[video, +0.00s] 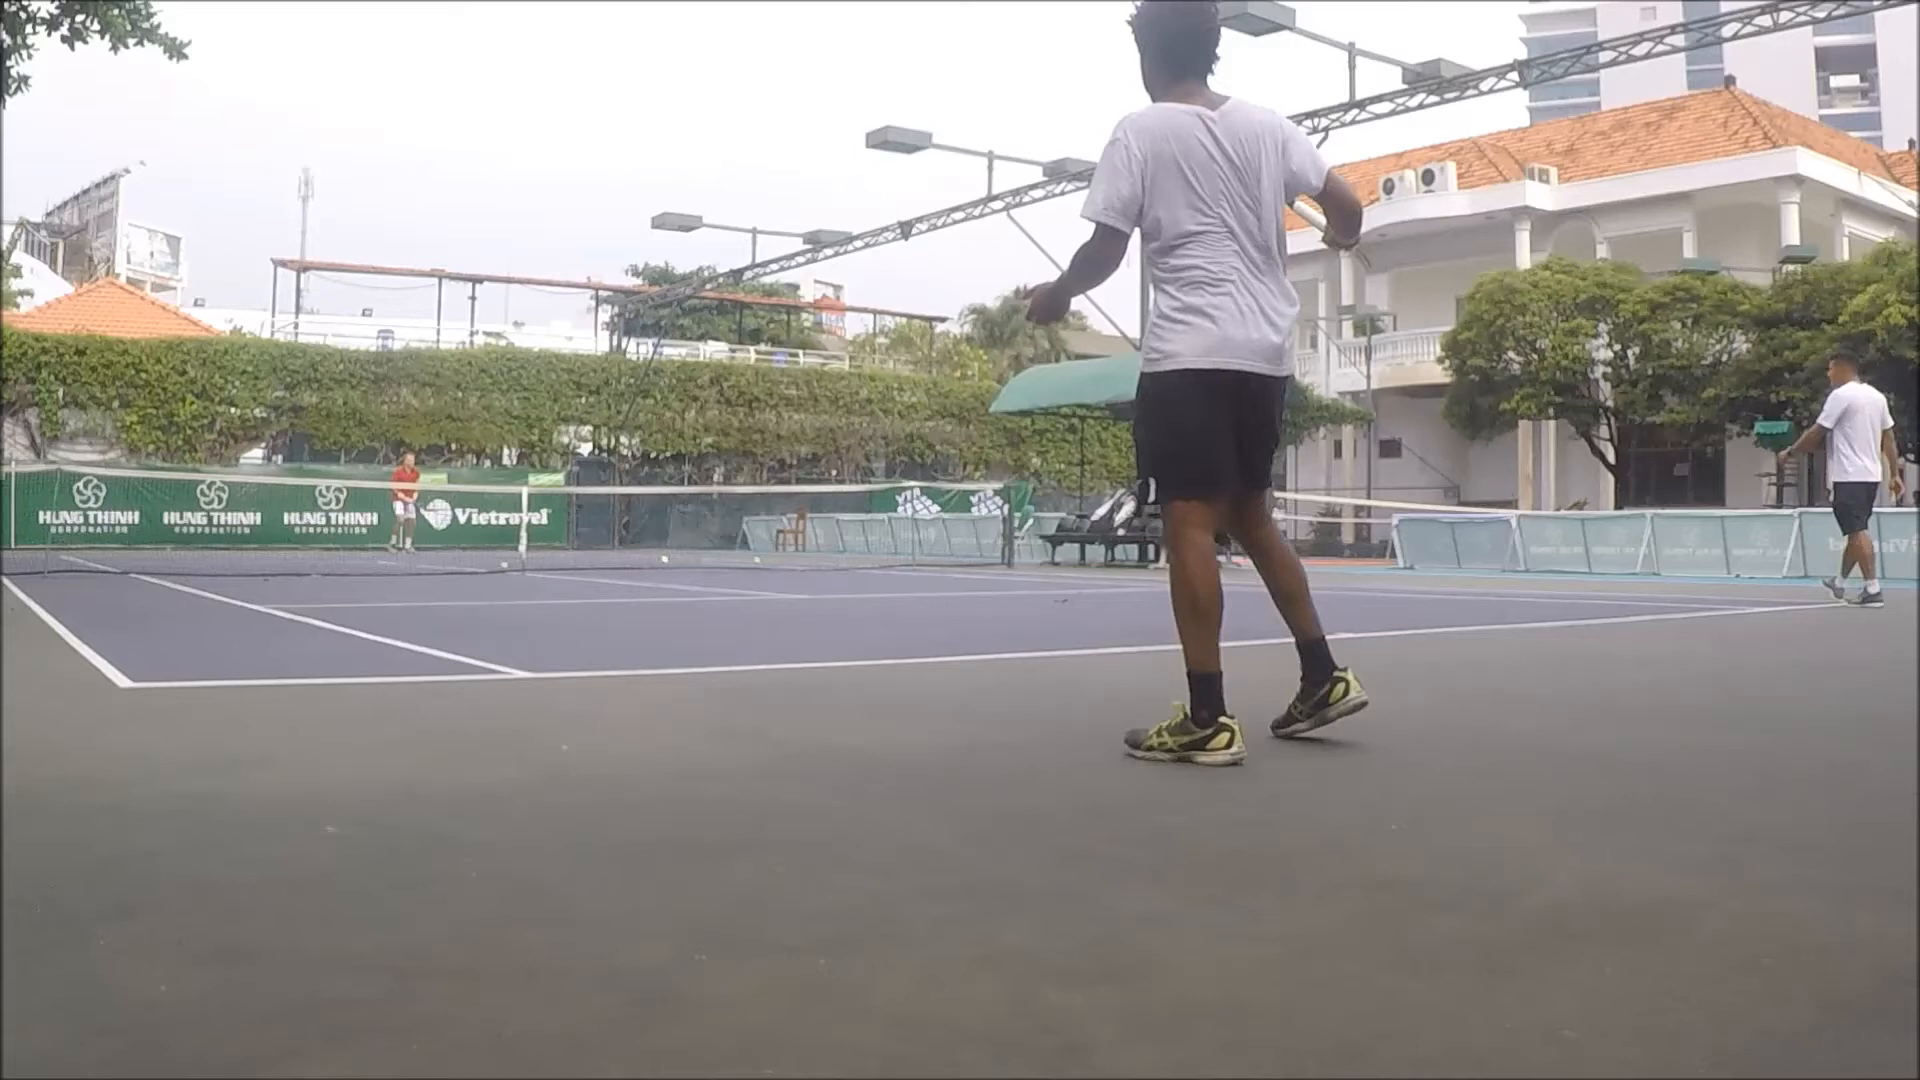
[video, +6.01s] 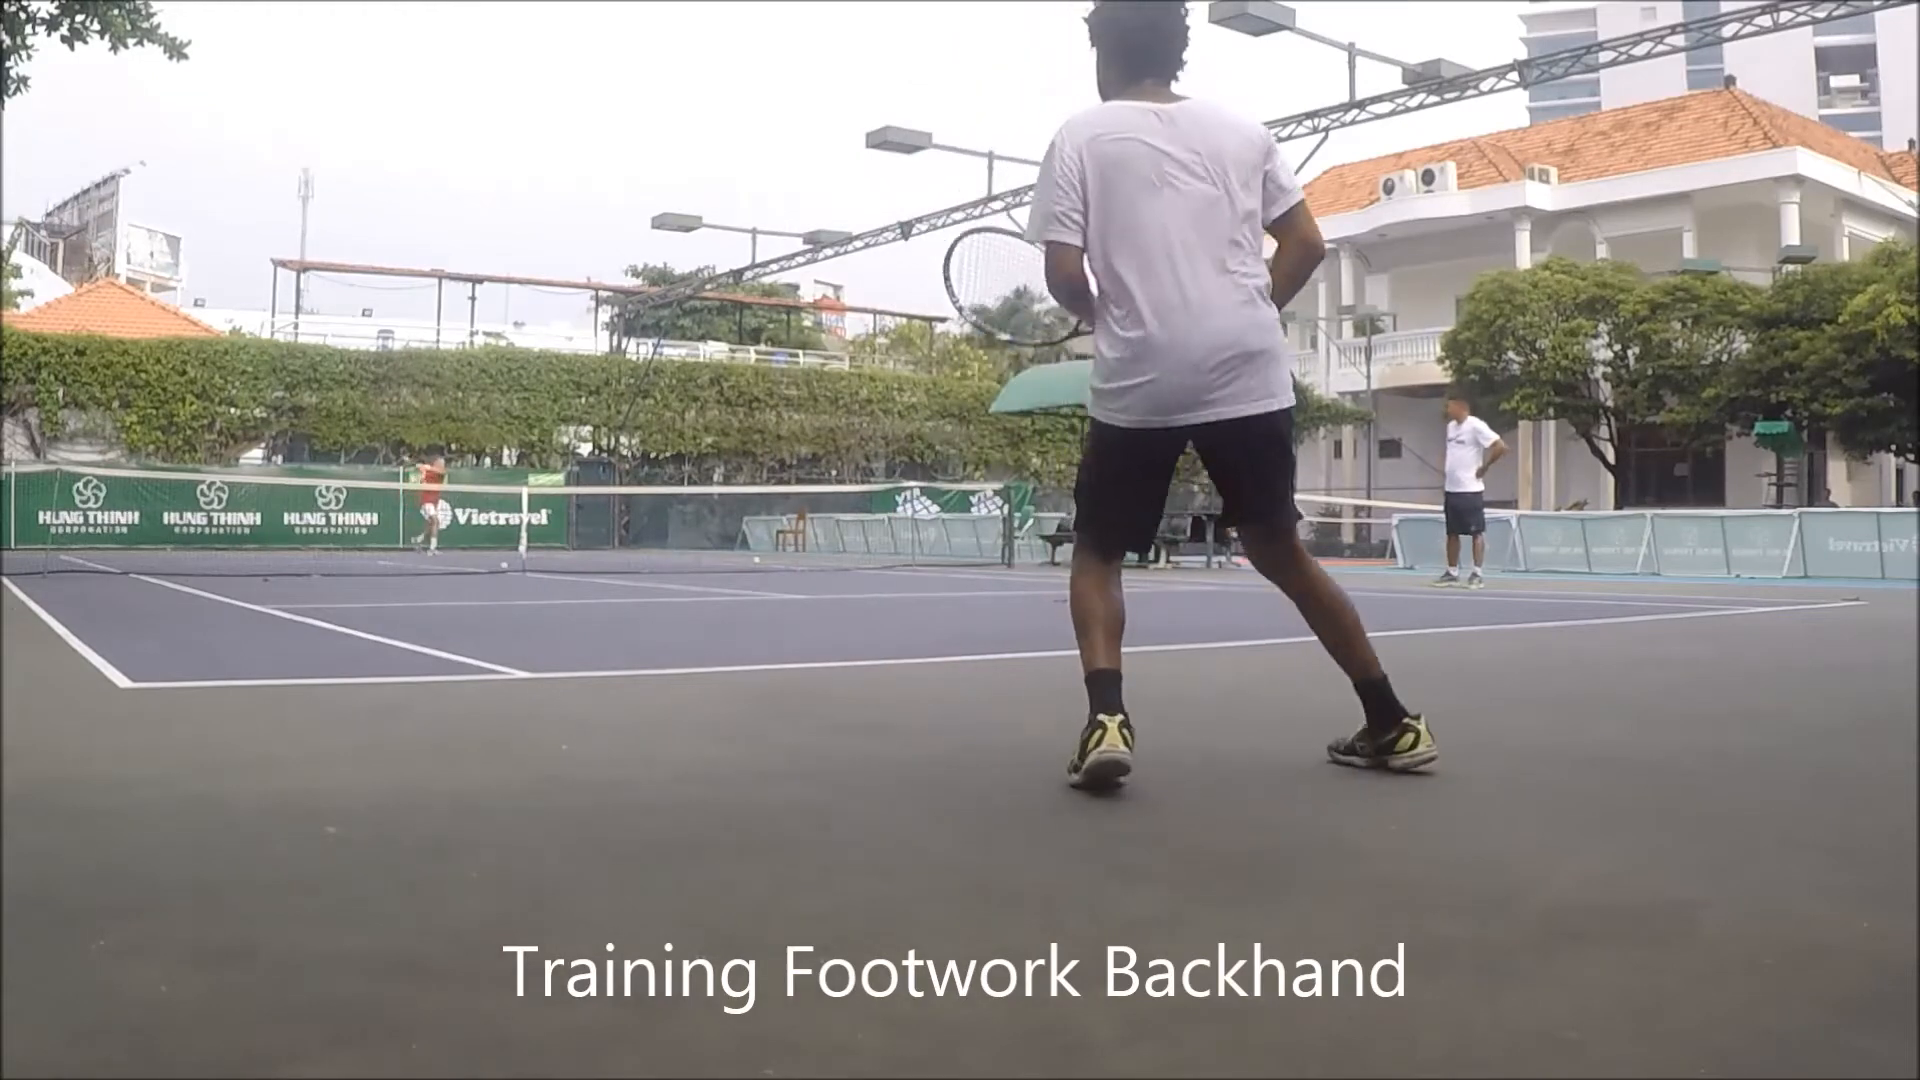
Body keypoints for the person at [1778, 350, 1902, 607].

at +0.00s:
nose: (1828, 374)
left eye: (1831, 369)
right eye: (1829, 369)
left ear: (1843, 370)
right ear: (1852, 370)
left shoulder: (1840, 395)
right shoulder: (1878, 396)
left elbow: (1816, 432)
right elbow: (1888, 439)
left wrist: (1790, 451)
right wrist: (1894, 474)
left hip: (1848, 477)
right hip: (1871, 476)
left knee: (1857, 532)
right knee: (1855, 533)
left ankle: (1872, 588)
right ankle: (1839, 583)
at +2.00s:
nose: (1623, 400)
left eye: (1624, 396)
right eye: (1623, 396)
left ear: (1632, 396)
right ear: (1641, 397)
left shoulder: (1634, 417)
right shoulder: (1653, 414)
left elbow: (1639, 452)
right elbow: (1653, 451)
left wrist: (1641, 488)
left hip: (1633, 487)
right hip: (1656, 486)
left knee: (1626, 534)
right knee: (1664, 532)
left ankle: (1620, 578)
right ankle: (1687, 566)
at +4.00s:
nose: (1411, 504)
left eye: (1410, 500)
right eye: (1408, 502)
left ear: (1414, 489)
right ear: (1413, 487)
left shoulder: (1434, 493)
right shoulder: (1421, 480)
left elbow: (1436, 530)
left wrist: (1436, 565)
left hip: (1478, 490)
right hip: (1458, 494)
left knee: (1464, 527)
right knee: (1445, 529)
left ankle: (1474, 575)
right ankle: (1447, 573)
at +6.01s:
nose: (1447, 410)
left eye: (1450, 406)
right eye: (1447, 406)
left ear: (1461, 407)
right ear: (1455, 408)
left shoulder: (1475, 425)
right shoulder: (1451, 426)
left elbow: (1500, 446)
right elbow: (1454, 450)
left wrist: (1484, 467)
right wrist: (1449, 469)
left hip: (1470, 487)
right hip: (1451, 487)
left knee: (1476, 533)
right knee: (1452, 533)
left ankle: (1477, 572)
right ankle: (1452, 571)